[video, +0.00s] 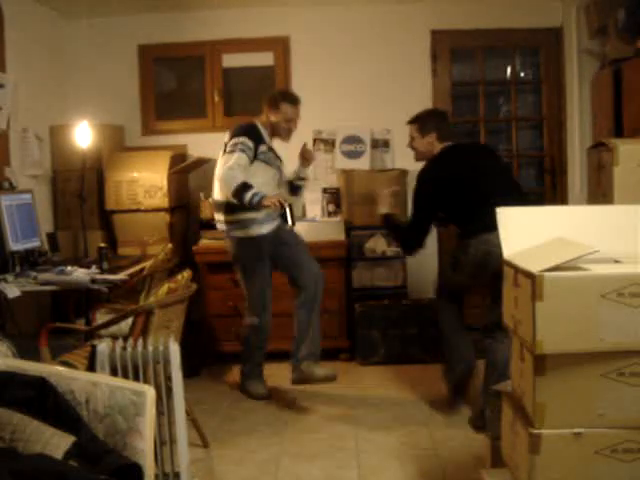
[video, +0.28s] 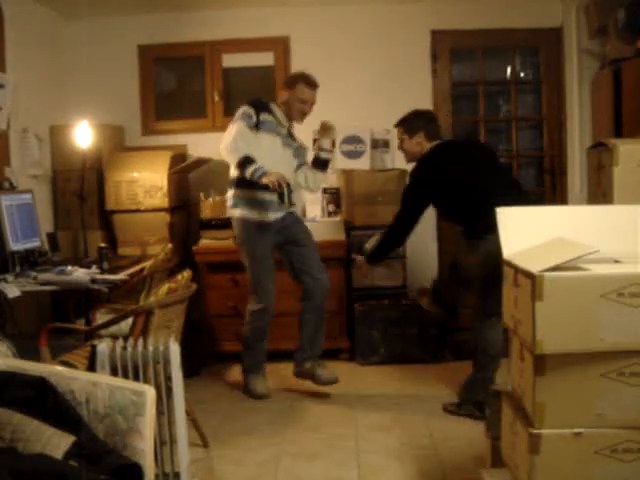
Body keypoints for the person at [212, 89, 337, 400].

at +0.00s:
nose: (291, 127)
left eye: (294, 121)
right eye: (286, 119)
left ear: (296, 120)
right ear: (268, 113)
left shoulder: (271, 150)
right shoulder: (245, 138)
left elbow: (285, 197)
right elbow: (228, 178)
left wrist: (302, 168)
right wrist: (259, 199)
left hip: (277, 230)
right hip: (247, 236)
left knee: (311, 279)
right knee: (258, 309)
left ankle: (305, 363)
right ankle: (252, 375)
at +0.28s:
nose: (306, 110)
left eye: (310, 105)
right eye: (303, 102)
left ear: (310, 105)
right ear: (284, 93)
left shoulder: (295, 144)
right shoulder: (253, 114)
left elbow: (311, 184)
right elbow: (230, 146)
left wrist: (324, 148)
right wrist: (261, 174)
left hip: (285, 218)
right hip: (251, 218)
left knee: (317, 284)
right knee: (263, 297)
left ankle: (307, 361)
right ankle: (253, 371)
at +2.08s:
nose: (301, 92)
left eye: (305, 86)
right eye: (297, 84)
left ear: (293, 85)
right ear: (276, 79)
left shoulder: (275, 116)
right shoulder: (257, 113)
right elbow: (255, 170)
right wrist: (302, 187)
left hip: (283, 214)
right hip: (263, 214)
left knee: (311, 294)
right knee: (278, 299)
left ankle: (309, 373)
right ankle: (240, 379)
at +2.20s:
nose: (317, 112)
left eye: (320, 106)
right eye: (313, 104)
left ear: (314, 105)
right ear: (295, 97)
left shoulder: (286, 130)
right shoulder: (277, 124)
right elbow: (261, 162)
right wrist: (305, 183)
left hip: (277, 224)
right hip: (263, 224)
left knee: (306, 303)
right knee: (311, 299)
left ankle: (300, 387)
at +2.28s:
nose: (327, 127)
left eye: (330, 122)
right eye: (322, 119)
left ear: (327, 123)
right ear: (304, 113)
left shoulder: (298, 145)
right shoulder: (282, 133)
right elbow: (259, 163)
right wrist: (302, 185)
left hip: (278, 230)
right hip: (260, 226)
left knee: (322, 306)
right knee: (328, 271)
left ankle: (303, 388)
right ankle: (271, 286)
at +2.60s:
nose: (311, 116)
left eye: (317, 111)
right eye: (306, 108)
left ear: (320, 114)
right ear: (289, 102)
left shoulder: (304, 151)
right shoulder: (262, 123)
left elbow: (330, 175)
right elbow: (230, 161)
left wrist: (373, 169)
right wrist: (274, 180)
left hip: (288, 223)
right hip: (258, 217)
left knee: (306, 306)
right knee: (324, 247)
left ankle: (273, 386)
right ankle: (377, 320)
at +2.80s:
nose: (303, 110)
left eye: (308, 105)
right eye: (299, 102)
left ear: (311, 106)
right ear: (281, 96)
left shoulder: (304, 146)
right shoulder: (251, 131)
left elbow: (330, 180)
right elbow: (218, 177)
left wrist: (346, 146)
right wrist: (261, 194)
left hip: (299, 232)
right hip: (267, 229)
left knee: (309, 312)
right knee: (317, 294)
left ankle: (275, 388)